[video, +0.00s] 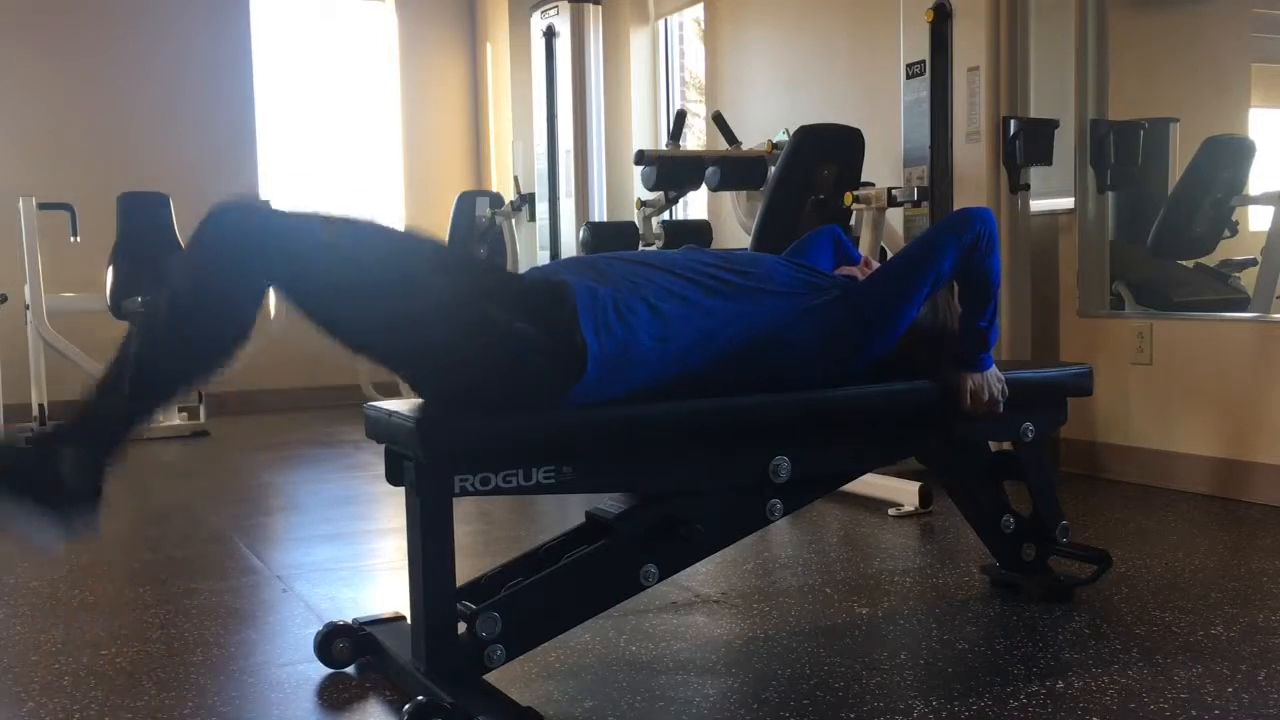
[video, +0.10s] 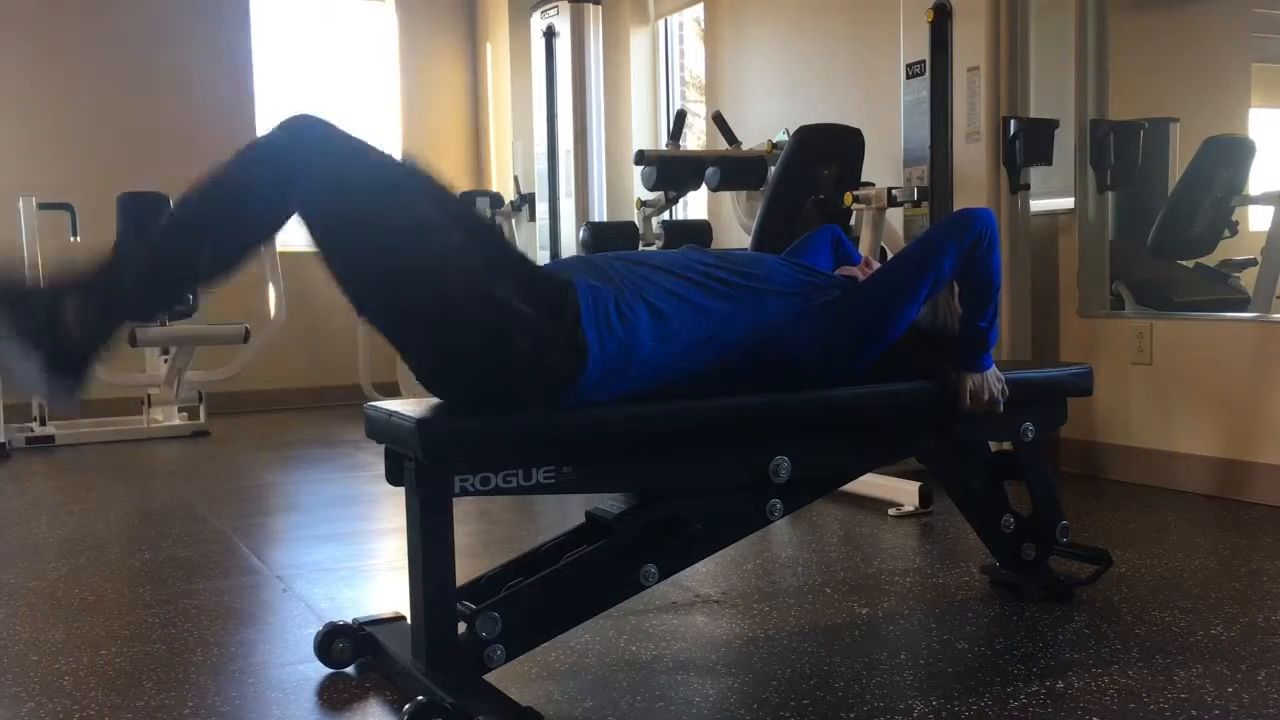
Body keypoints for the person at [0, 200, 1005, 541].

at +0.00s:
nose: (868, 254)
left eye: (885, 262)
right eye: (870, 251)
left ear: (903, 306)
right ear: (848, 270)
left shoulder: (854, 325)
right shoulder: (776, 278)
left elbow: (976, 213)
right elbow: (828, 167)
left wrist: (966, 326)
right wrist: (877, 263)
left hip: (531, 339)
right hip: (506, 305)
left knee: (241, 224)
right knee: (260, 221)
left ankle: (77, 458)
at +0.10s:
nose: (838, 240)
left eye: (854, 239)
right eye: (835, 235)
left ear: (870, 287)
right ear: (814, 258)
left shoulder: (841, 318)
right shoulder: (757, 275)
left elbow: (975, 217)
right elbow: (826, 145)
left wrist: (965, 335)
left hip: (534, 340)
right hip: (513, 304)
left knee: (305, 147)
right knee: (309, 144)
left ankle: (79, 322)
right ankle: (126, 289)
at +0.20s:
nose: (867, 245)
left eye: (885, 254)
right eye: (864, 239)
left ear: (897, 309)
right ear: (837, 249)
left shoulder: (850, 330)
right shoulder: (782, 280)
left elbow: (981, 227)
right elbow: (822, 161)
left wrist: (944, 321)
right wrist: (867, 246)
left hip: (539, 350)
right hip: (526, 317)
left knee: (394, 88)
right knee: (394, 85)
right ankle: (114, 150)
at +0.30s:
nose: (872, 247)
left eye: (894, 259)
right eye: (876, 243)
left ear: (906, 315)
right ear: (858, 276)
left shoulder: (843, 327)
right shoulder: (793, 292)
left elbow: (983, 226)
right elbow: (809, 205)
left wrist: (957, 329)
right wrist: (859, 250)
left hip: (532, 346)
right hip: (514, 324)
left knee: (485, 54)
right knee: (479, 54)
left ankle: (223, 24)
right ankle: (225, 24)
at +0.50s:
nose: (879, 258)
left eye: (896, 268)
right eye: (880, 253)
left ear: (913, 310)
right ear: (858, 266)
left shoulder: (869, 326)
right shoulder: (805, 282)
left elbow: (991, 231)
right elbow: (826, 226)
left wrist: (982, 354)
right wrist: (873, 269)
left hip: (556, 343)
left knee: (648, 81)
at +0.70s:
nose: (880, 257)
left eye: (894, 268)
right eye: (882, 254)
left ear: (907, 310)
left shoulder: (869, 329)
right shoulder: (818, 289)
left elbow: (991, 233)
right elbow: (825, 230)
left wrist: (982, 356)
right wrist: (862, 271)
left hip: (580, 326)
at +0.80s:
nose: (883, 258)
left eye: (898, 271)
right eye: (884, 256)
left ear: (912, 311)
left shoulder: (874, 327)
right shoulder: (821, 281)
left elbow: (996, 233)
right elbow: (828, 233)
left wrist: (984, 355)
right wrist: (865, 271)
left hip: (592, 314)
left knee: (796, 155)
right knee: (522, 196)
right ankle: (746, 156)